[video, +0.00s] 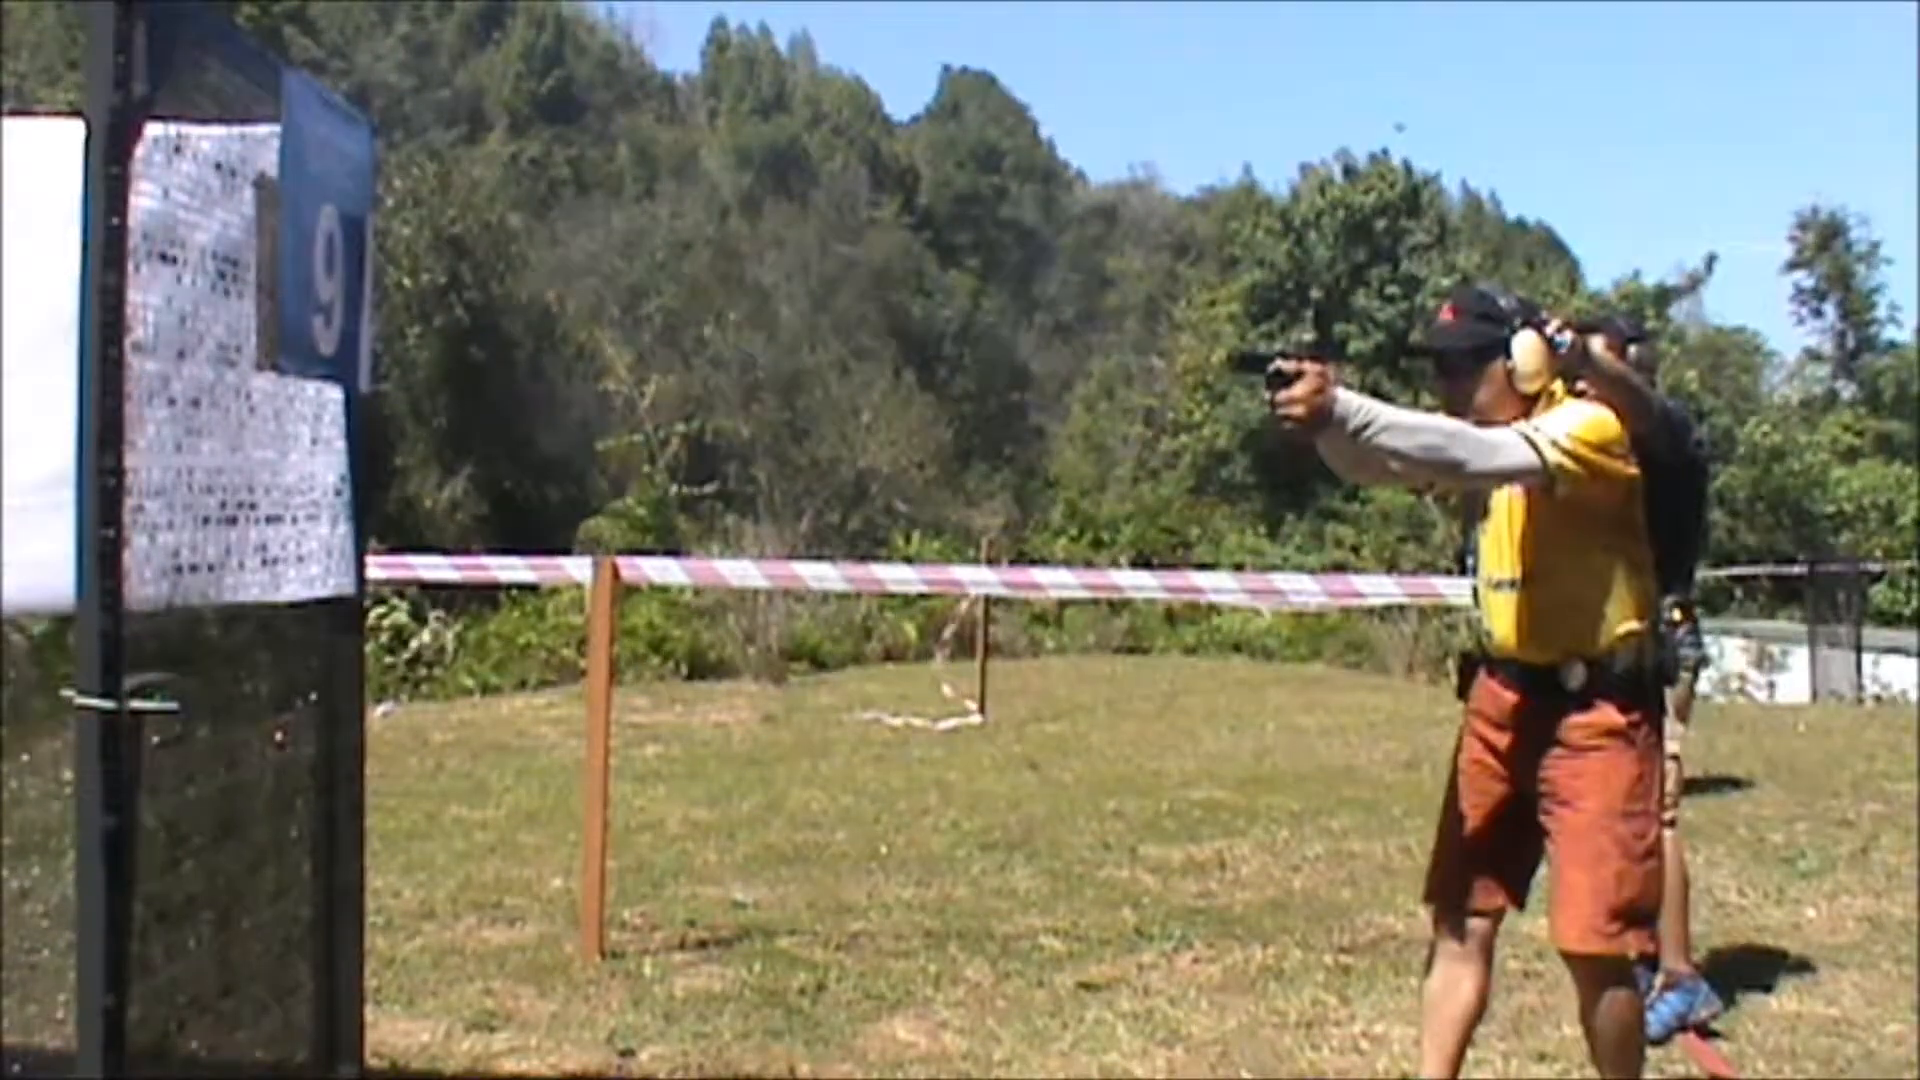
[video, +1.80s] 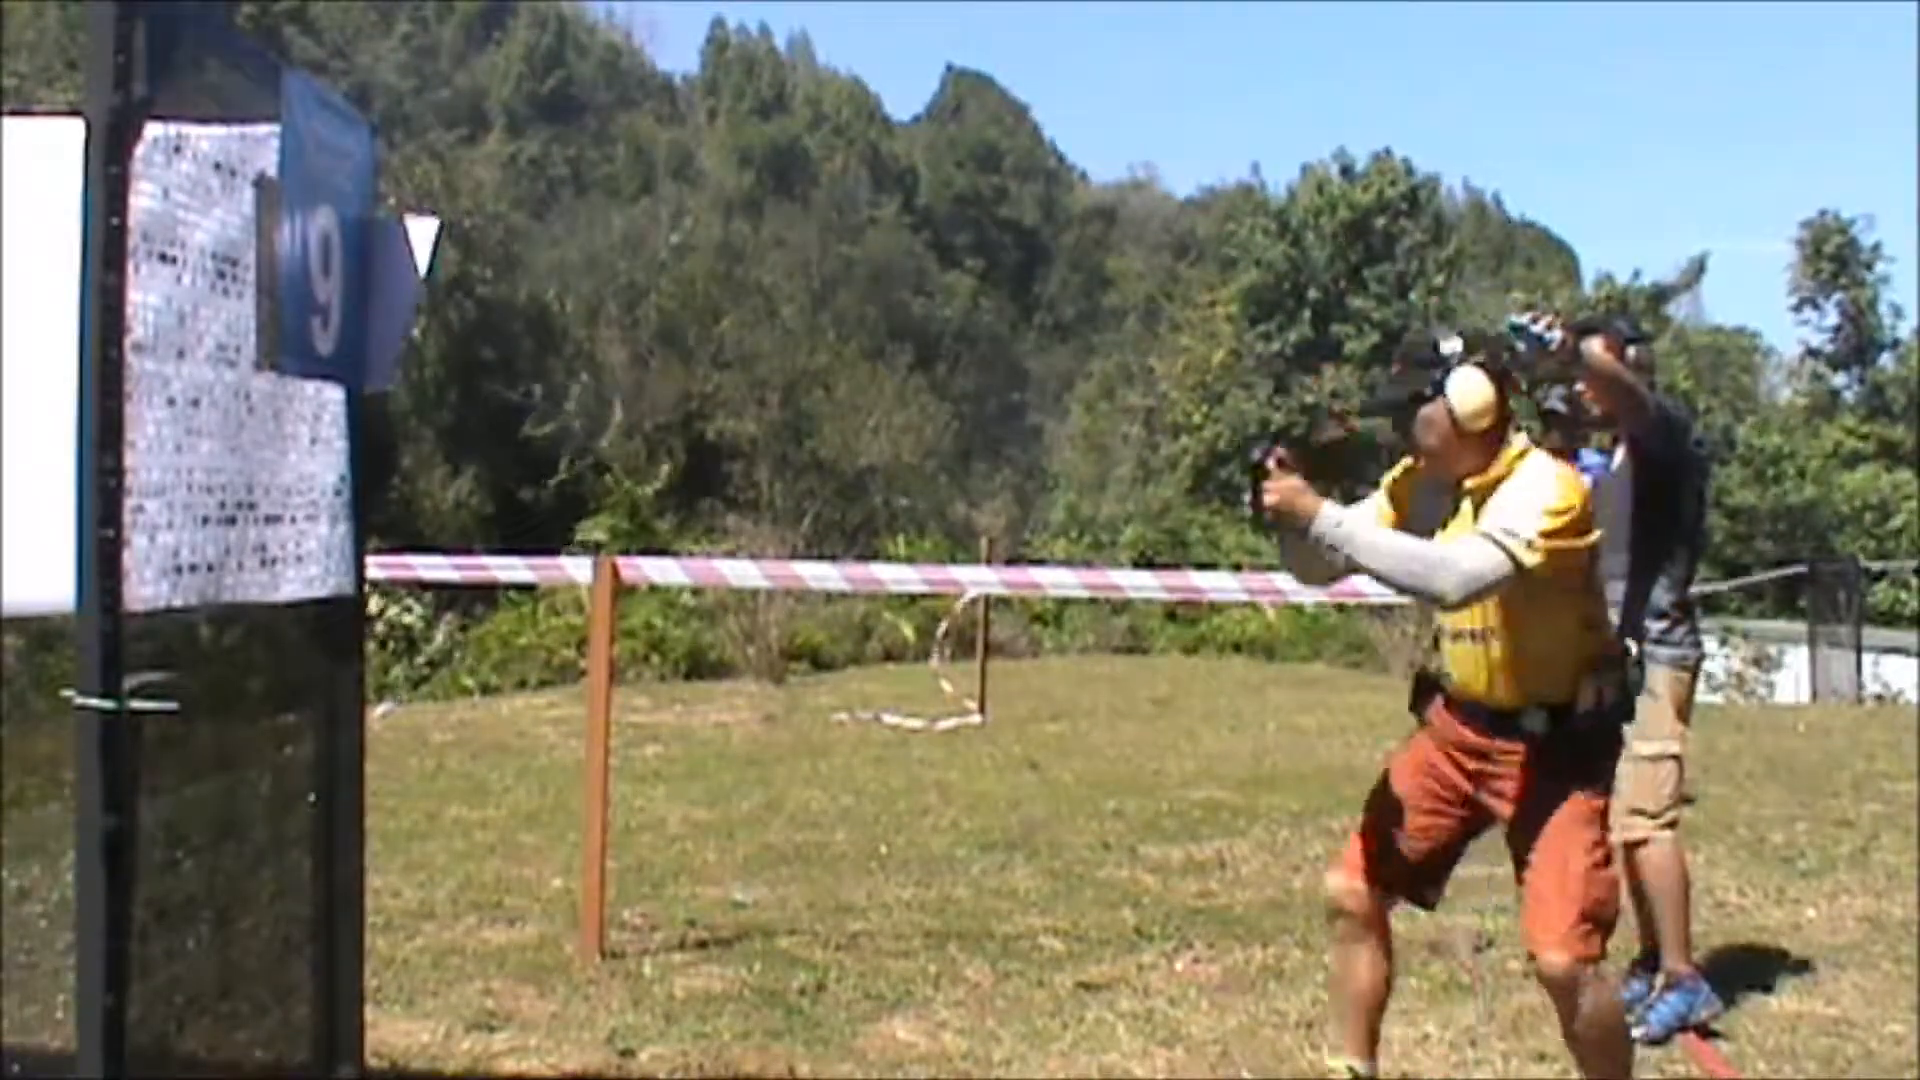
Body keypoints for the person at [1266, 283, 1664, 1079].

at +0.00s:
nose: (1448, 390)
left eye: (1461, 371)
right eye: (1442, 372)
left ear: (1513, 362)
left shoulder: (1592, 426)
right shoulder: (1491, 439)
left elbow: (1480, 454)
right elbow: (1386, 465)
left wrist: (1343, 405)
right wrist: (1320, 420)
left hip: (1601, 710)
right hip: (1504, 701)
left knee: (1595, 945)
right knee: (1463, 919)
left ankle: (1622, 1073)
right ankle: (1433, 1071)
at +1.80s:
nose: (1411, 417)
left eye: (1423, 405)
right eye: (1413, 404)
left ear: (1469, 421)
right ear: (1457, 423)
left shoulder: (1549, 486)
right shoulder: (1420, 481)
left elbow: (1455, 576)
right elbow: (1322, 565)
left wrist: (1321, 516)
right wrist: (1291, 508)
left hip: (1557, 751)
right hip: (1457, 734)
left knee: (1562, 962)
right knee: (1355, 896)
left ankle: (1609, 1073)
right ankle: (1355, 1066)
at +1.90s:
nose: (1389, 469)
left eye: (1402, 461)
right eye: (1394, 457)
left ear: (1441, 475)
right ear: (1423, 468)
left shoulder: (1523, 526)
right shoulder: (1394, 515)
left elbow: (1420, 618)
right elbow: (1297, 605)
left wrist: (1277, 570)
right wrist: (1247, 581)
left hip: (1535, 773)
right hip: (1433, 757)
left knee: (1548, 972)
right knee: (1311, 901)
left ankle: (1606, 1073)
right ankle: (1294, 1062)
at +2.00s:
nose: (1296, 509)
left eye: (1304, 495)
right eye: (1297, 495)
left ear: (1343, 502)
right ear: (1322, 507)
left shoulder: (1426, 544)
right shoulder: (1315, 564)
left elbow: (1422, 644)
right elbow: (1244, 633)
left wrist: (1314, 680)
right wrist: (1162, 620)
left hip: (1473, 796)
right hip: (1374, 785)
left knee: (1501, 990)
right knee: (1244, 904)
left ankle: (1590, 1072)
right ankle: (1201, 1064)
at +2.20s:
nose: (1035, 484)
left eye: (1046, 470)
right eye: (1037, 472)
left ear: (1081, 475)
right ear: (1082, 480)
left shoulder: (1119, 515)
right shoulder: (1097, 562)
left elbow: (1203, 560)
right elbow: (1053, 659)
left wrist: (1222, 683)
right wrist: (952, 623)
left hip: (1285, 761)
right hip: (1213, 779)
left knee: (1393, 954)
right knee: (1116, 901)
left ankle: (1529, 1070)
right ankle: (1173, 1067)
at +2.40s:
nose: (793, 475)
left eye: (800, 460)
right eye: (793, 464)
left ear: (832, 464)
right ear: (824, 482)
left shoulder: (878, 483)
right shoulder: (855, 575)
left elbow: (957, 470)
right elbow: (792, 646)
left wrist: (897, 569)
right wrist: (693, 602)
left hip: (1033, 703)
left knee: (899, 894)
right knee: (1033, 917)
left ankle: (1065, 1007)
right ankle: (1143, 1050)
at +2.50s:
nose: (684, 435)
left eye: (693, 420)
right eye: (684, 423)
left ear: (728, 418)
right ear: (731, 423)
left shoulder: (771, 451)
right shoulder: (749, 502)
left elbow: (838, 497)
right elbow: (697, 615)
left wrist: (738, 585)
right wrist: (598, 573)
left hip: (902, 686)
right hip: (917, 689)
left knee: (756, 859)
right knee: (993, 884)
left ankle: (794, 1049)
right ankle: (1126, 1034)